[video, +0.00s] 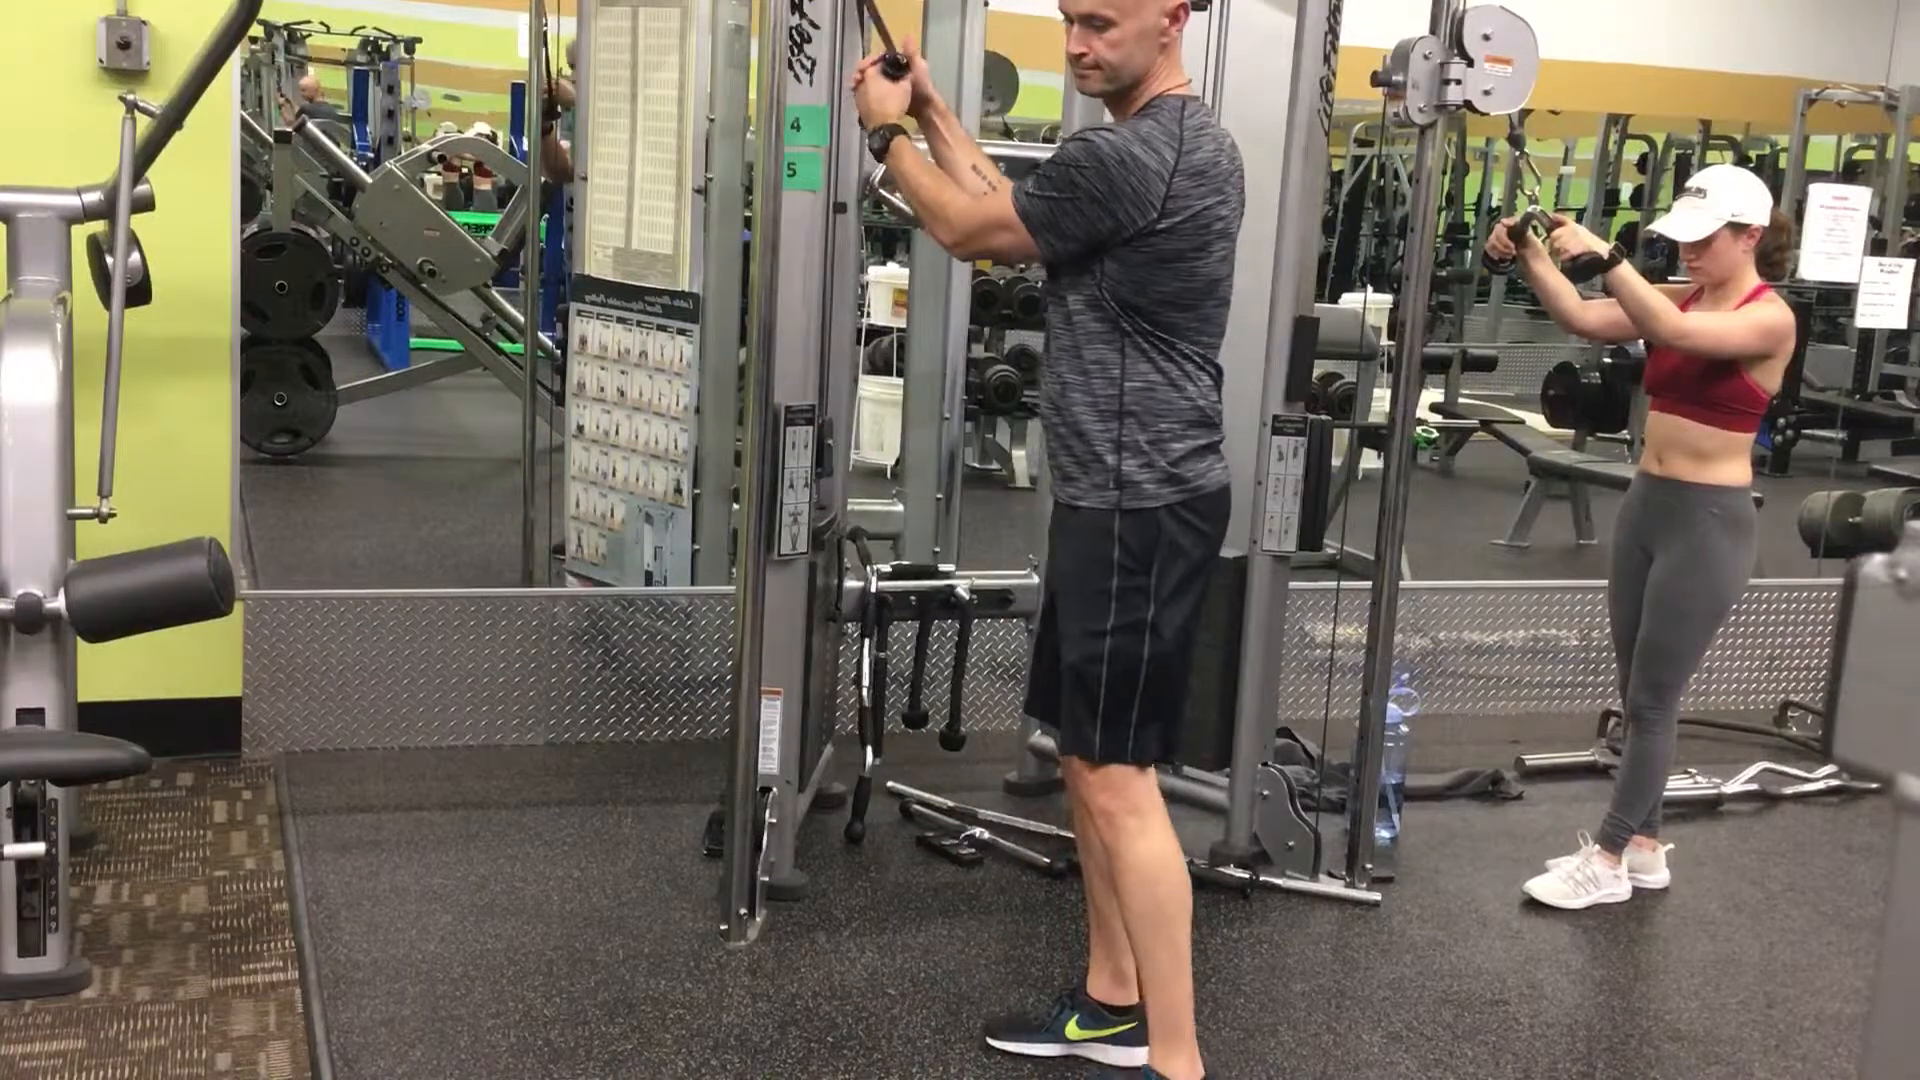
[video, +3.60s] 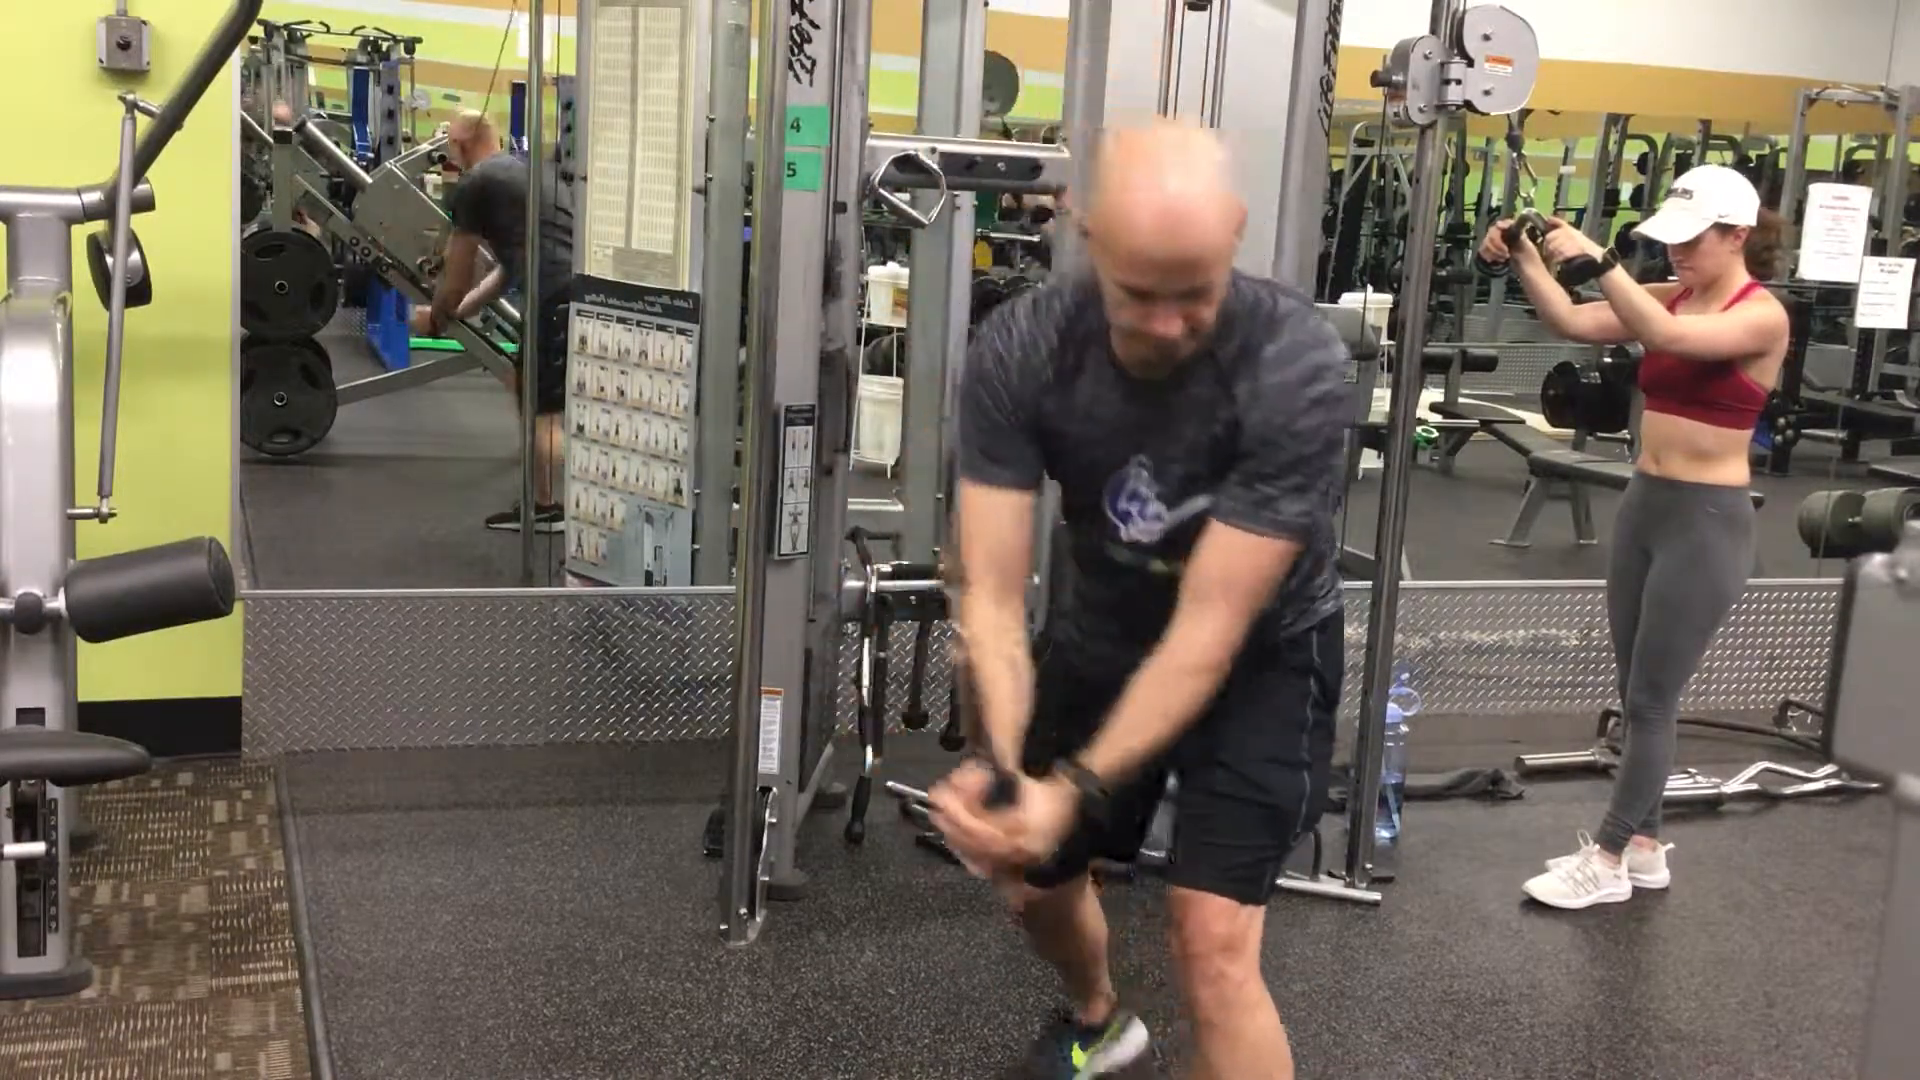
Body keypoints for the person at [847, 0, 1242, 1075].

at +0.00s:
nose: (1077, 43)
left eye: (1100, 24)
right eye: (1071, 24)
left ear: (1172, 22)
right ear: (1077, 24)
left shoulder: (1143, 152)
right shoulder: (1174, 139)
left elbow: (965, 229)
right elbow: (1017, 221)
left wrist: (887, 130)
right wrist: (938, 116)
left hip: (1136, 504)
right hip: (1120, 496)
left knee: (1121, 783)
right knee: (1091, 763)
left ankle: (1178, 1059)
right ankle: (1112, 1004)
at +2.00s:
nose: (1093, 98)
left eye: (1116, 75)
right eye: (1087, 72)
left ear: (1208, 59)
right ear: (1207, 62)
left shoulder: (1174, 202)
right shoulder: (1283, 166)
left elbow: (1040, 238)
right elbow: (1099, 226)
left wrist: (962, 146)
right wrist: (1006, 131)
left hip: (1275, 588)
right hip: (1200, 574)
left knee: (1198, 911)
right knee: (1125, 826)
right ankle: (1123, 1050)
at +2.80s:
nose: (1044, 119)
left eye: (1068, 96)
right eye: (1034, 92)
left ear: (1160, 75)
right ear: (1155, 78)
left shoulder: (1131, 238)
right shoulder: (1210, 173)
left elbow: (978, 310)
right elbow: (1026, 280)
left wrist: (855, 246)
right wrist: (886, 225)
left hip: (1250, 596)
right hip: (1193, 578)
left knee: (1166, 928)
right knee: (1115, 821)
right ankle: (1128, 1053)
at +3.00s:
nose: (1049, 155)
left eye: (1076, 128)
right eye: (1036, 125)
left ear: (1160, 98)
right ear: (1024, 99)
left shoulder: (1177, 259)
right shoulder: (1109, 205)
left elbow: (966, 404)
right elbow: (974, 344)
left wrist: (805, 367)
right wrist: (811, 340)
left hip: (1242, 603)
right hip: (1151, 587)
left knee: (1158, 929)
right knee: (1102, 833)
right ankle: (1131, 1054)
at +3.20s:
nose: (1073, 185)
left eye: (1103, 156)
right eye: (1050, 154)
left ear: (1172, 117)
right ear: (1028, 123)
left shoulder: (1222, 284)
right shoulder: (1050, 230)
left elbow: (1047, 504)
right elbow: (956, 418)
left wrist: (841, 529)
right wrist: (824, 503)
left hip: (1240, 618)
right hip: (1110, 605)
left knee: (1165, 934)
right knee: (1087, 855)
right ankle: (1127, 1053)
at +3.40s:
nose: (1102, 244)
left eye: (1131, 216)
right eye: (1077, 215)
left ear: (1184, 170)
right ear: (1044, 174)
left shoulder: (1254, 321)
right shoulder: (1012, 284)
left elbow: (1127, 571)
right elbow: (952, 487)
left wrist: (942, 680)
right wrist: (899, 656)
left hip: (1253, 626)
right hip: (1105, 606)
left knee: (1192, 933)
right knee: (1054, 858)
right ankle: (1122, 1045)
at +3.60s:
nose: (1166, 326)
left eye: (1195, 296)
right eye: (1136, 296)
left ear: (1235, 245)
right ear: (1086, 238)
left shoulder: (1297, 368)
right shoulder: (1017, 350)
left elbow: (1212, 619)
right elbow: (992, 587)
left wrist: (1076, 790)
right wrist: (1003, 758)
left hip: (1258, 640)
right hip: (1100, 623)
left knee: (1212, 947)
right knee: (1036, 868)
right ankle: (1096, 1019)